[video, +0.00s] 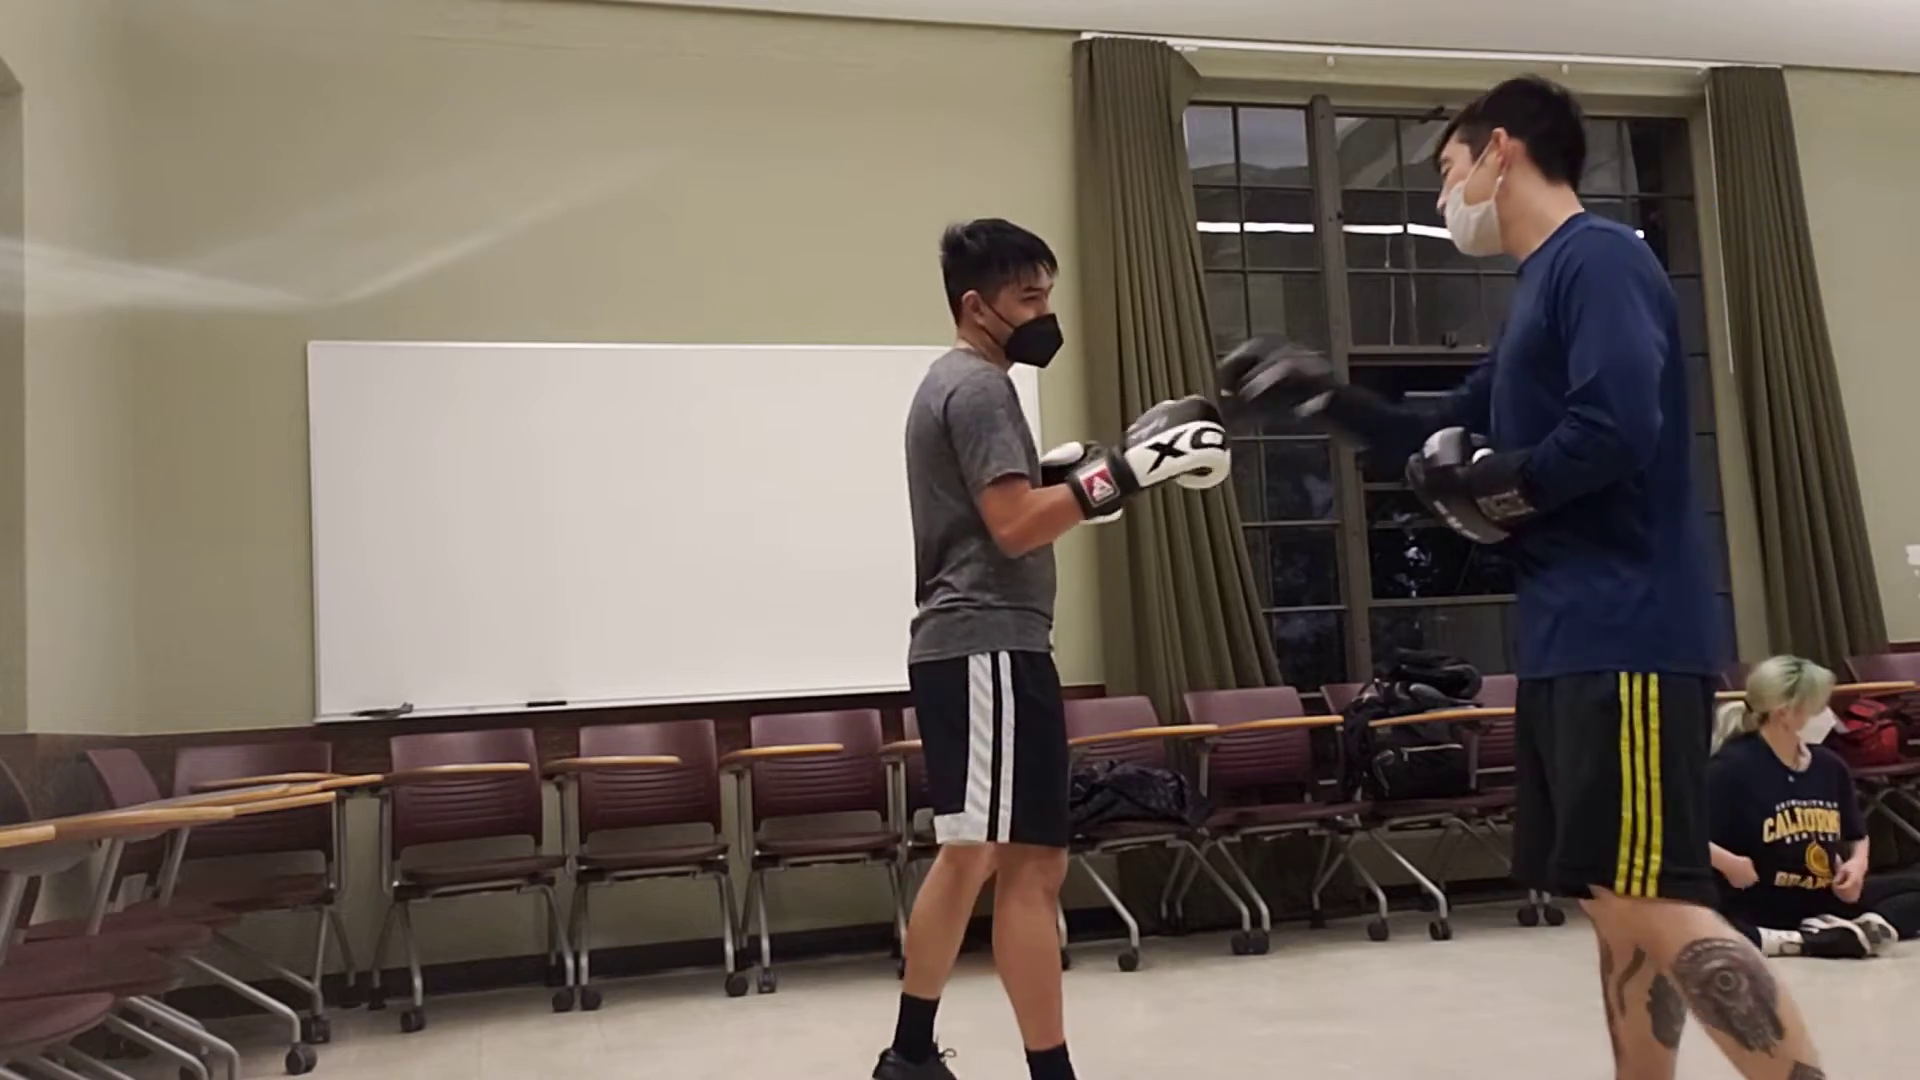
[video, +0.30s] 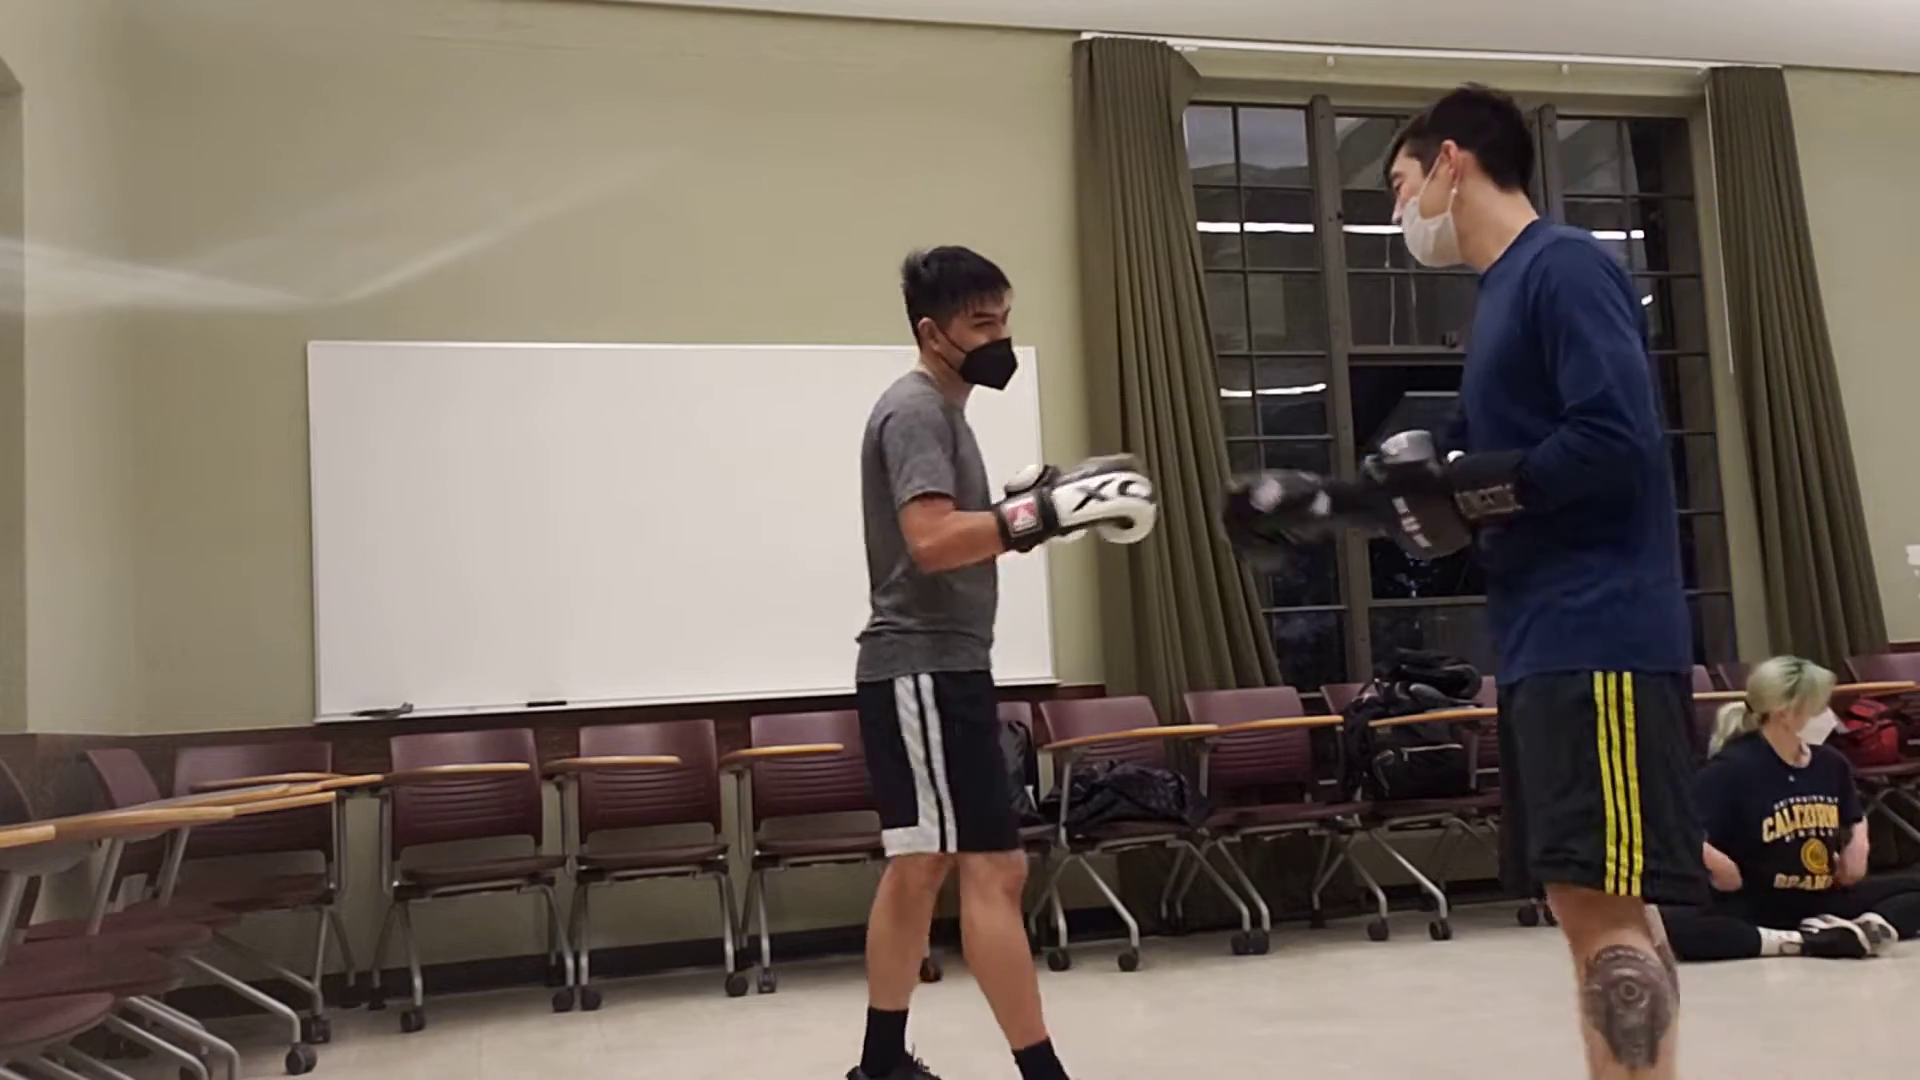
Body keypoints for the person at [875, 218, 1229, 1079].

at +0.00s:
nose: (1044, 309)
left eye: (1046, 292)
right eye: (1028, 293)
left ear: (978, 305)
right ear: (974, 301)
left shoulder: (950, 384)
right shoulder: (979, 387)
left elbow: (989, 515)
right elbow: (1017, 526)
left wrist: (1076, 474)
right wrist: (1119, 475)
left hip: (959, 647)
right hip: (995, 650)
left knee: (965, 855)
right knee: (1033, 866)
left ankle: (909, 1051)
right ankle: (1054, 1074)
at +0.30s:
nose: (999, 335)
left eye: (1003, 318)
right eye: (981, 321)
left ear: (1001, 315)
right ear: (929, 328)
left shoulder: (944, 414)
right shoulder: (913, 412)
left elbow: (952, 539)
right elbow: (931, 544)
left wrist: (1030, 504)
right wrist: (1037, 512)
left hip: (941, 667)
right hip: (925, 669)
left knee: (917, 864)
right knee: (992, 870)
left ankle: (882, 1059)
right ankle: (1045, 1071)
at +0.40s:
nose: (983, 338)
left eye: (987, 323)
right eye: (964, 324)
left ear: (975, 324)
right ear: (913, 328)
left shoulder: (931, 417)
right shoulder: (890, 416)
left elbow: (918, 547)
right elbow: (879, 553)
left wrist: (1003, 537)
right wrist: (992, 542)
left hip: (923, 668)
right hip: (896, 671)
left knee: (901, 869)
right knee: (965, 867)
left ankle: (881, 1057)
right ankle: (1014, 1071)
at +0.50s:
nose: (967, 335)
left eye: (972, 319)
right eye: (948, 320)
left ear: (972, 315)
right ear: (898, 324)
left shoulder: (922, 414)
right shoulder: (869, 414)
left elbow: (903, 542)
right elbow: (841, 554)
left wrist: (977, 553)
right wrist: (950, 570)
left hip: (909, 659)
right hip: (878, 661)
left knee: (893, 864)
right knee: (941, 860)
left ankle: (882, 1060)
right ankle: (948, 1067)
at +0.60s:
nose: (950, 334)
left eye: (956, 318)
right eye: (931, 319)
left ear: (957, 319)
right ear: (882, 323)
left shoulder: (906, 414)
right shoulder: (856, 416)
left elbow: (883, 535)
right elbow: (807, 551)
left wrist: (947, 554)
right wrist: (914, 589)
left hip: (897, 658)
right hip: (862, 662)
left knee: (903, 862)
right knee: (908, 863)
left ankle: (878, 1052)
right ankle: (873, 1056)